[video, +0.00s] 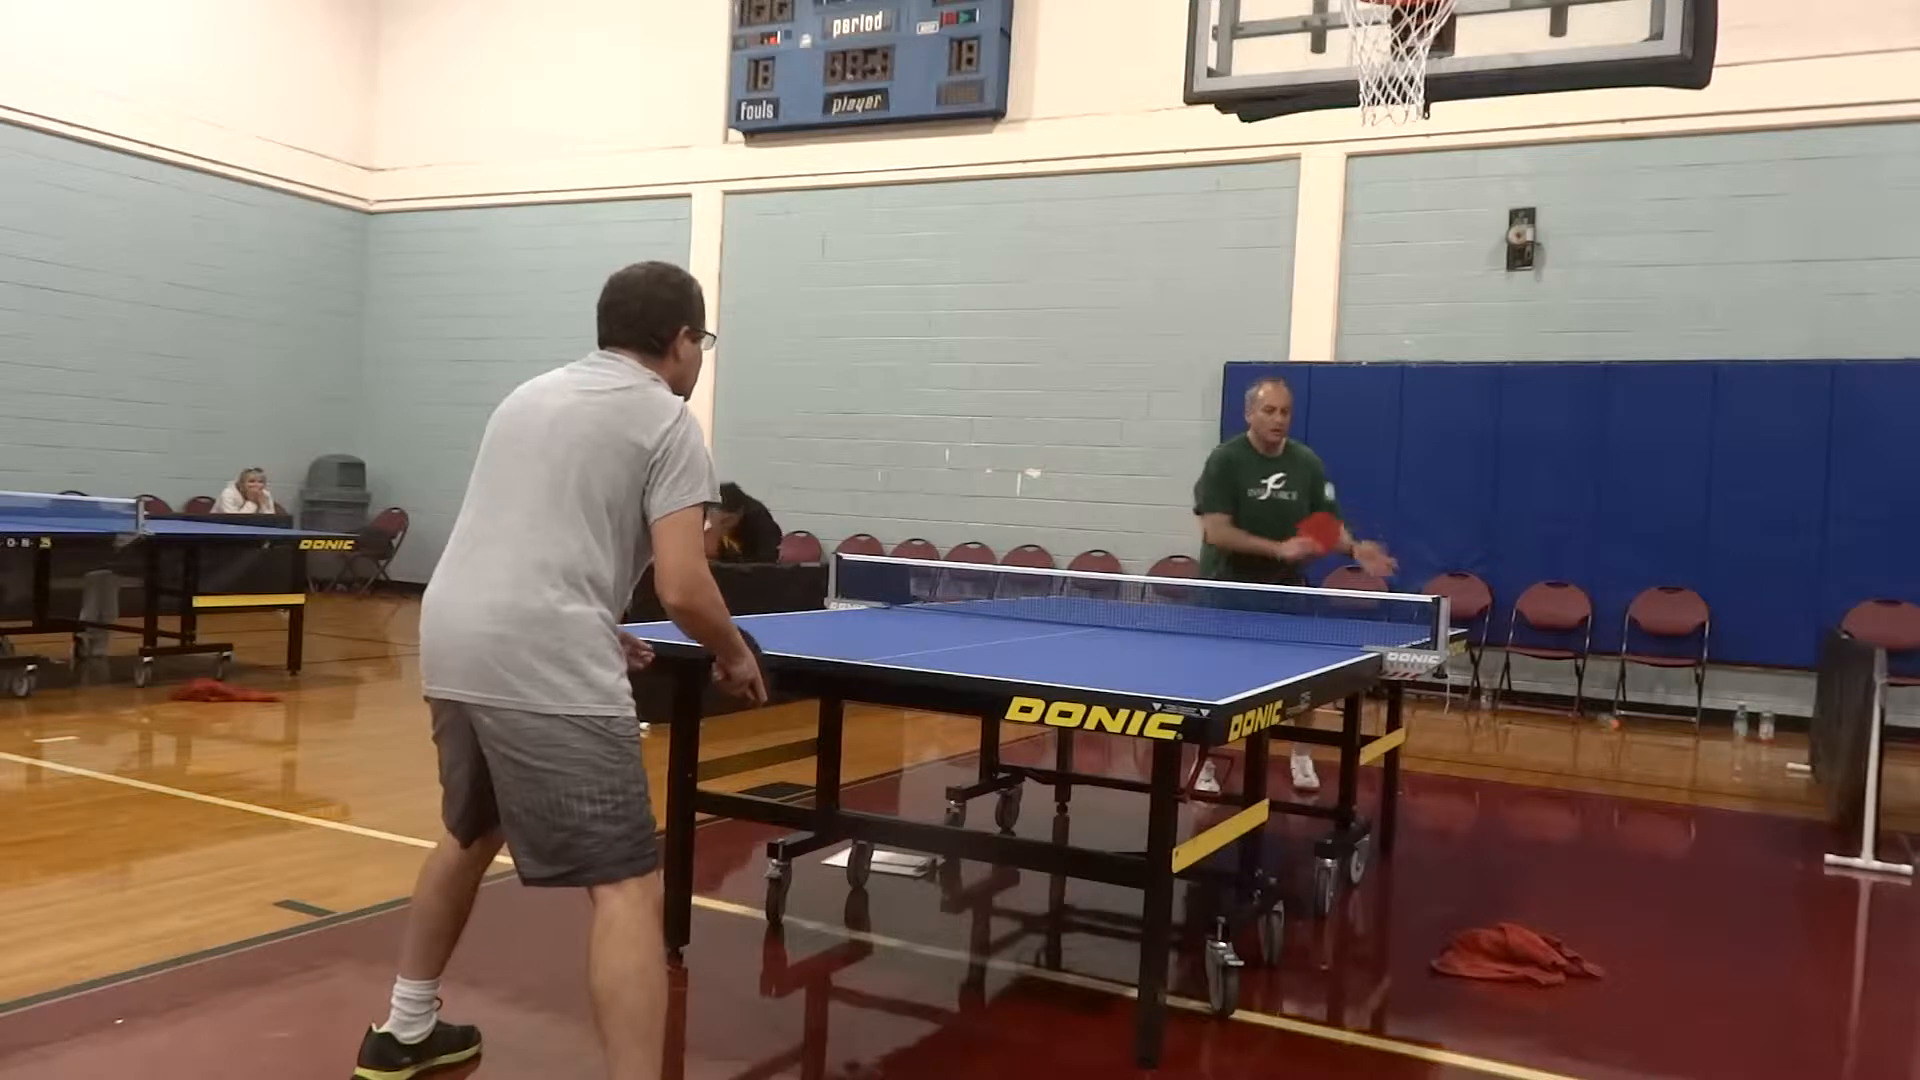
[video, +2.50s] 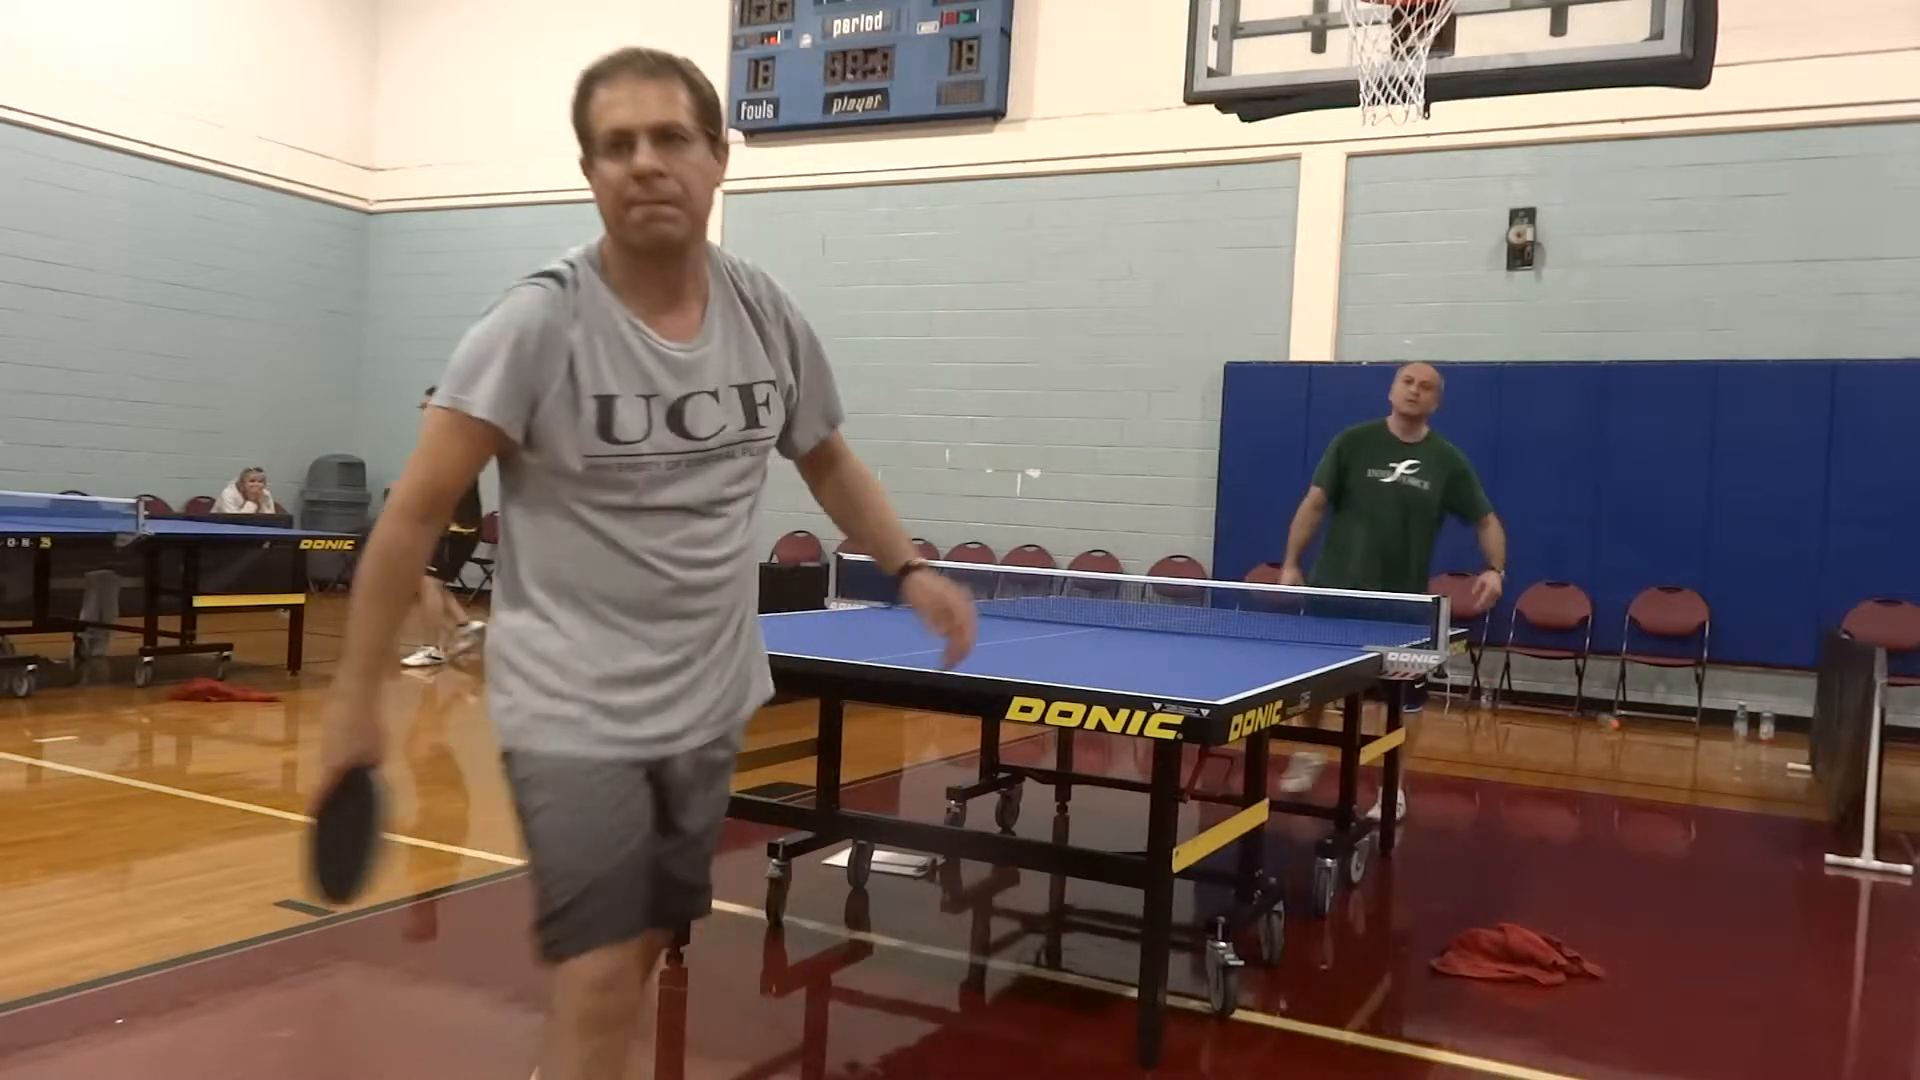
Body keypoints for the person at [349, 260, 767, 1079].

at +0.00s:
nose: (703, 356)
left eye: (702, 341)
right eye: (701, 340)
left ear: (606, 335)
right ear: (675, 341)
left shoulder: (528, 396)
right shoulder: (666, 422)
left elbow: (508, 539)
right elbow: (683, 585)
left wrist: (597, 626)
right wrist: (733, 654)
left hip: (450, 649)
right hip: (551, 666)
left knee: (469, 832)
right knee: (626, 881)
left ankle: (405, 1028)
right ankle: (636, 1072)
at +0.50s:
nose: (727, 349)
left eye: (729, 335)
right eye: (726, 334)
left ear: (632, 326)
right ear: (699, 329)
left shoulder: (553, 395)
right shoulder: (703, 400)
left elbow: (496, 536)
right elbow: (814, 514)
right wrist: (777, 573)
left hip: (506, 659)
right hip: (617, 668)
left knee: (496, 833)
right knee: (733, 862)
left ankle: (408, 1026)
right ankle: (730, 1070)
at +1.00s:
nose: (782, 263)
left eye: (777, 251)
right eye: (781, 251)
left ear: (678, 261)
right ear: (767, 259)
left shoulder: (620, 351)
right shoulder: (810, 351)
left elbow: (525, 490)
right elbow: (926, 425)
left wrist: (567, 551)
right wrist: (947, 474)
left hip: (620, 650)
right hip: (754, 664)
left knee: (561, 827)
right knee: (773, 889)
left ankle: (480, 1020)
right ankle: (759, 1078)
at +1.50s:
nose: (718, 318)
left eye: (716, 302)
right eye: (715, 302)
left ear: (617, 305)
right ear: (693, 306)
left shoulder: (545, 377)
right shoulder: (694, 399)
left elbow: (448, 509)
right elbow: (753, 570)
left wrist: (532, 565)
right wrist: (797, 586)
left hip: (485, 657)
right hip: (598, 671)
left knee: (453, 826)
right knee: (706, 868)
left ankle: (365, 1007)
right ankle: (674, 1070)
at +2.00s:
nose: (763, 288)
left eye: (776, 265)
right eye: (740, 264)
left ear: (789, 266)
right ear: (680, 264)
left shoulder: (689, 356)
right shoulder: (667, 362)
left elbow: (659, 527)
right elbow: (592, 517)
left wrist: (757, 588)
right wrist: (724, 582)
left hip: (583, 661)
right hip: (633, 683)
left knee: (566, 845)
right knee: (743, 893)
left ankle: (422, 1030)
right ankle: (722, 1076)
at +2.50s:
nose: (648, 166)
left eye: (673, 141)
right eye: (618, 146)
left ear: (719, 162)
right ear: (587, 175)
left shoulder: (761, 311)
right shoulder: (537, 322)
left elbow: (824, 456)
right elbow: (415, 511)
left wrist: (909, 567)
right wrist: (357, 703)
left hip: (708, 697)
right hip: (570, 707)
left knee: (638, 962)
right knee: (604, 979)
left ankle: (571, 1068)